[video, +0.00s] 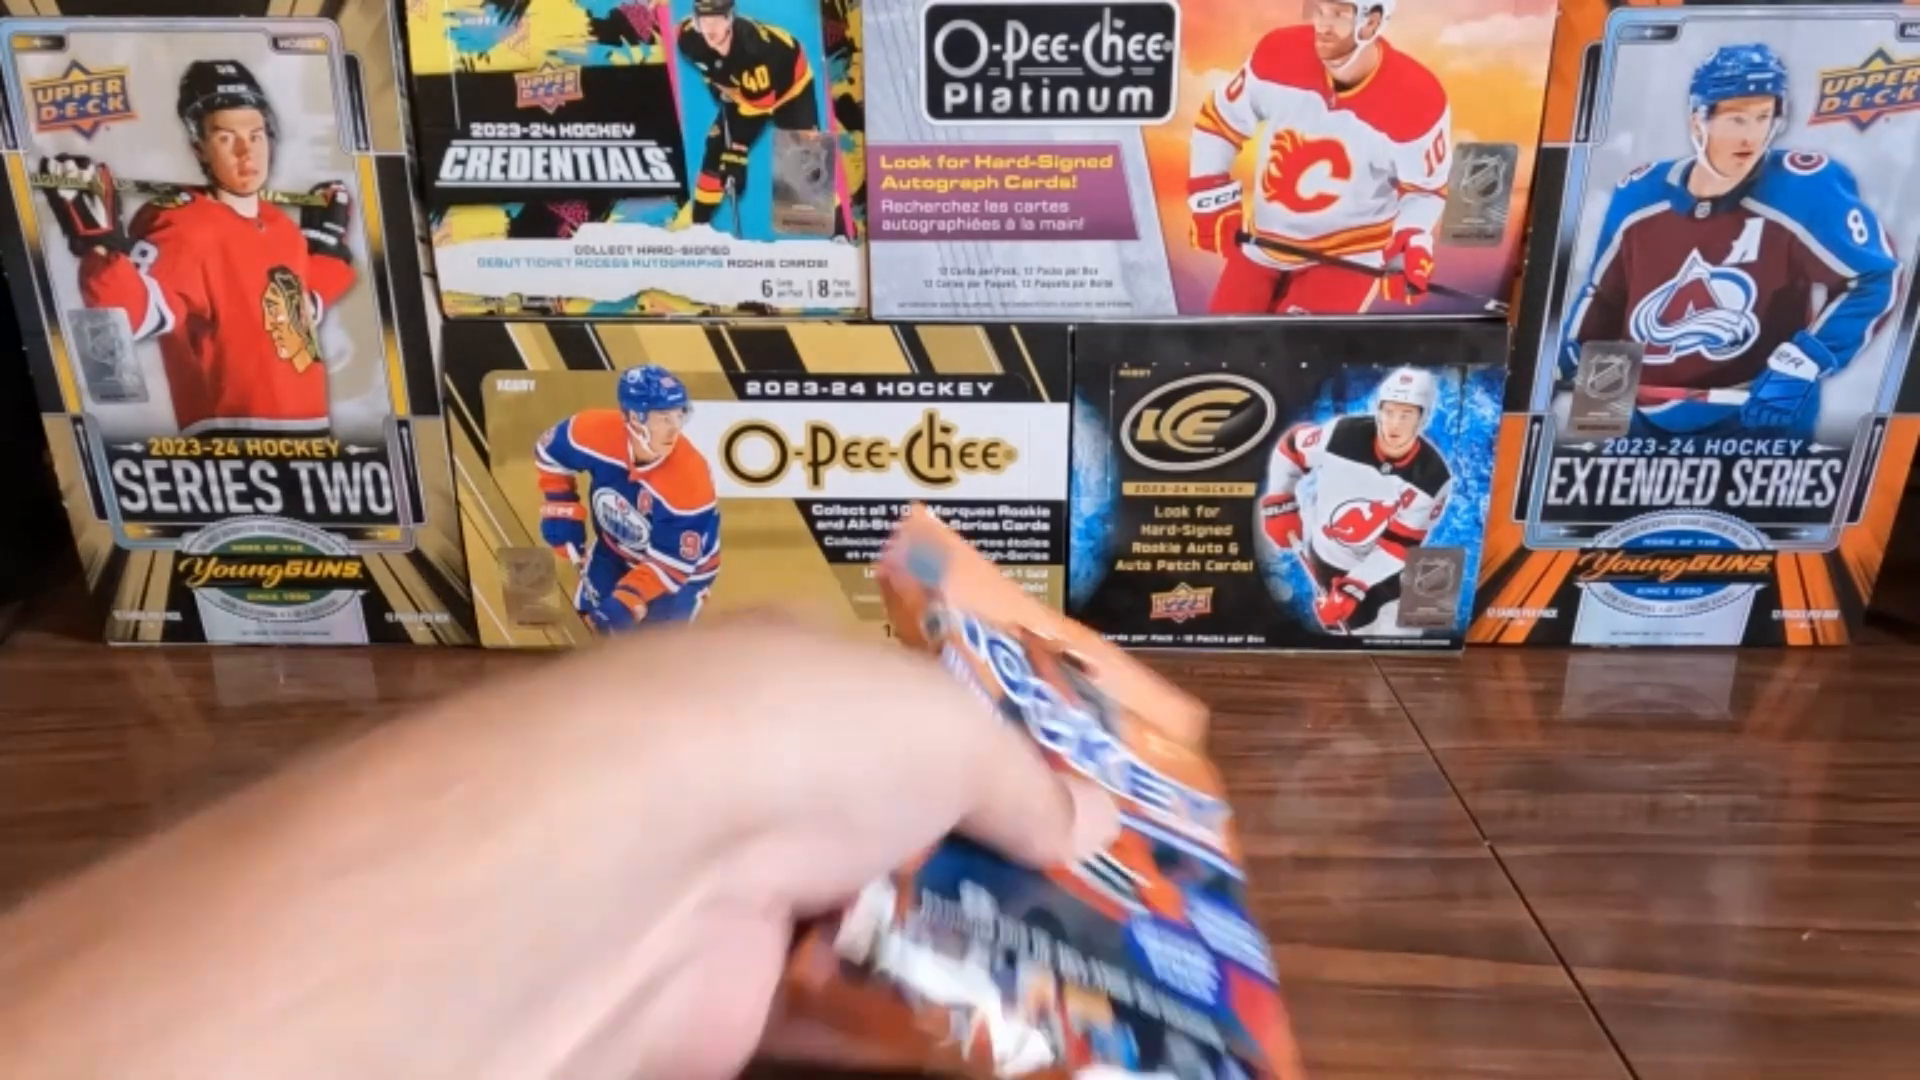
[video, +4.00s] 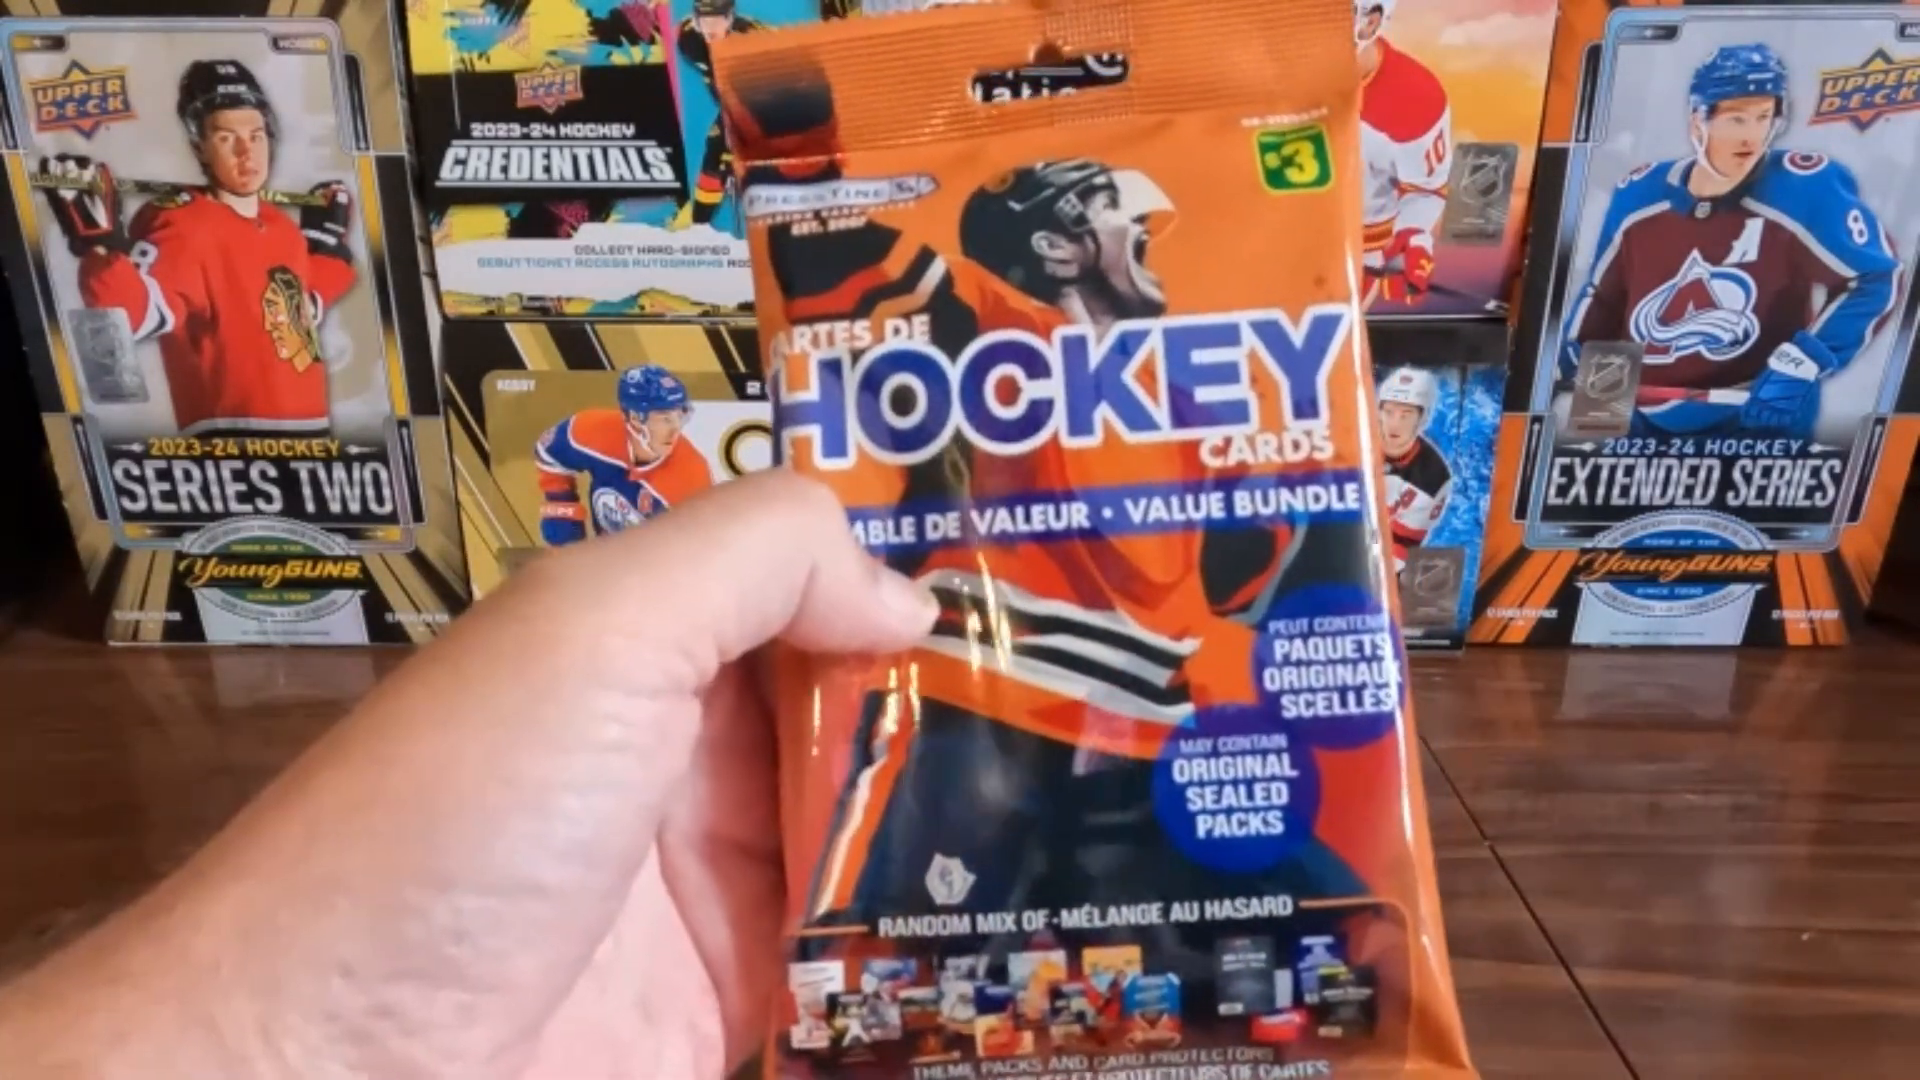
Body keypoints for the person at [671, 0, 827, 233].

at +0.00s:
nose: (710, 29)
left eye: (716, 22)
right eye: (704, 22)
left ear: (730, 19)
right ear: (696, 22)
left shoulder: (753, 47)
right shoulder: (689, 38)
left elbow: (759, 107)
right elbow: (707, 68)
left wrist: (737, 154)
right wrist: (720, 88)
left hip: (791, 91)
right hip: (741, 97)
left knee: (807, 159)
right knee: (716, 147)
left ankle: (841, 230)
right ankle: (698, 222)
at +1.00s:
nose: (709, 28)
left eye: (715, 21)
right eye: (703, 21)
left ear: (729, 19)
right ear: (696, 21)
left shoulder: (752, 46)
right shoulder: (689, 37)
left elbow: (758, 107)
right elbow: (709, 73)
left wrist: (737, 154)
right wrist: (725, 95)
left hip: (789, 88)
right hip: (741, 97)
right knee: (716, 146)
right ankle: (699, 219)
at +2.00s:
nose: (710, 30)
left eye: (716, 21)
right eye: (704, 22)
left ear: (730, 19)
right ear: (696, 22)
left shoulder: (753, 50)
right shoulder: (688, 38)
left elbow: (757, 109)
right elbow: (711, 72)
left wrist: (736, 153)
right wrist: (726, 92)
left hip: (789, 92)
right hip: (739, 96)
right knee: (718, 145)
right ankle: (699, 218)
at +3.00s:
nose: (709, 29)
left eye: (715, 22)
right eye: (704, 22)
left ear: (729, 19)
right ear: (696, 21)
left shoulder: (750, 36)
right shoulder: (688, 38)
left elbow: (749, 100)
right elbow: (711, 76)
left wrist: (736, 156)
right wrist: (734, 94)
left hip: (767, 103)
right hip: (731, 106)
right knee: (714, 147)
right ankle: (699, 220)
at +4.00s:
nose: (710, 30)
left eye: (716, 22)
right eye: (704, 22)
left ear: (730, 17)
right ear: (696, 20)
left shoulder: (754, 35)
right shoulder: (688, 39)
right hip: (728, 111)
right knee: (714, 159)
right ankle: (700, 219)